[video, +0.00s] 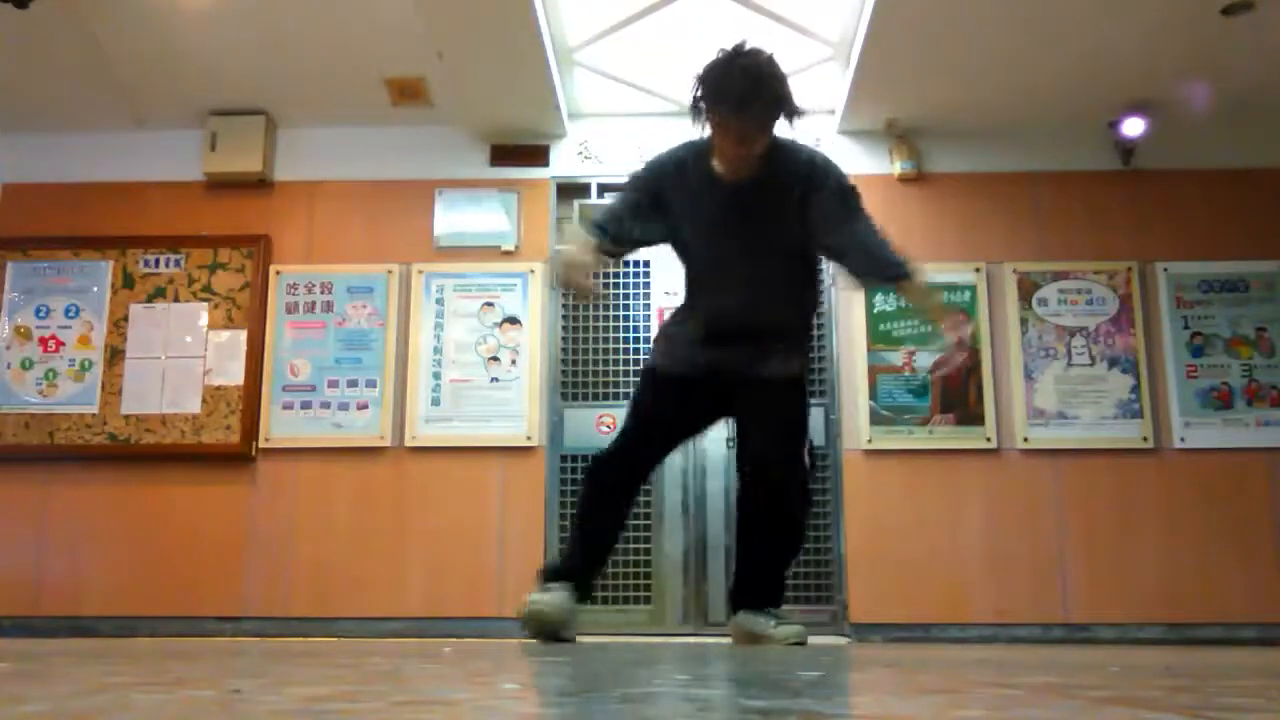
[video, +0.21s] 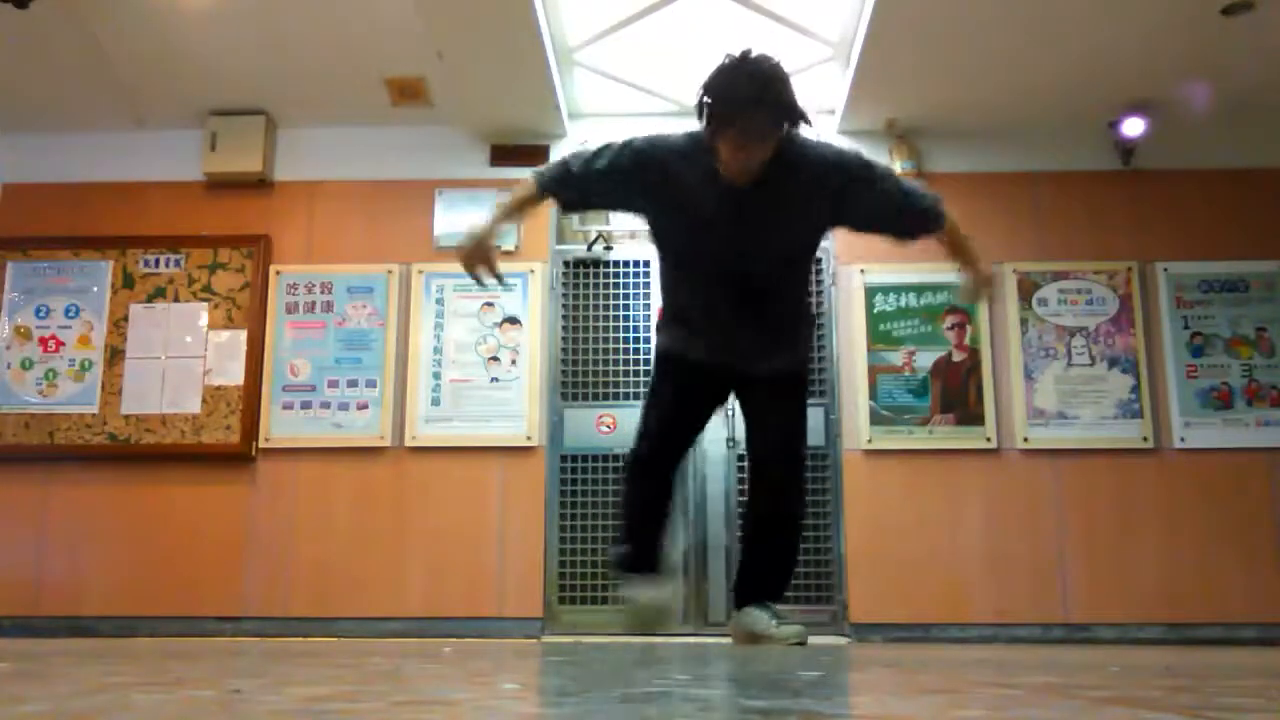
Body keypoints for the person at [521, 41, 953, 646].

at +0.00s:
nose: (736, 147)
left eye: (750, 134)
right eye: (726, 131)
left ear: (773, 123)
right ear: (708, 117)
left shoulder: (807, 178)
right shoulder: (676, 175)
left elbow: (863, 247)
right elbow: (612, 228)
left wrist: (932, 305)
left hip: (775, 362)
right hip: (692, 355)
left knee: (778, 484)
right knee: (626, 458)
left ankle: (756, 609)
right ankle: (565, 586)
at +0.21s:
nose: (739, 155)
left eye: (753, 144)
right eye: (728, 141)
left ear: (780, 132)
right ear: (710, 125)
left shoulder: (820, 171)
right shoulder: (664, 164)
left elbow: (923, 209)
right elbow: (568, 176)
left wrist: (975, 267)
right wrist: (493, 222)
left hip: (777, 354)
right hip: (691, 347)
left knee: (780, 476)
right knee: (652, 457)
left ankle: (758, 605)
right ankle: (640, 580)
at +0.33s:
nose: (754, 159)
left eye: (768, 147)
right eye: (744, 144)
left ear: (793, 132)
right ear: (724, 123)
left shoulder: (821, 171)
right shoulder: (675, 166)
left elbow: (868, 214)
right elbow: (585, 216)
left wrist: (887, 218)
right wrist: (546, 282)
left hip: (780, 353)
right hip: (696, 351)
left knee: (781, 473)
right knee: (713, 472)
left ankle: (767, 598)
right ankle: (724, 601)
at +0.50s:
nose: (793, 114)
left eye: (804, 102)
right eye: (783, 100)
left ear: (819, 95)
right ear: (756, 86)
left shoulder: (813, 139)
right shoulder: (695, 156)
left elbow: (789, 215)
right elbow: (616, 228)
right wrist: (582, 301)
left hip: (775, 322)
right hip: (705, 329)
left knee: (784, 456)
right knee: (729, 458)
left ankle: (764, 596)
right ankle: (725, 602)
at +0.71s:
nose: (808, 64)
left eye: (814, 51)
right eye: (802, 47)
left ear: (810, 51)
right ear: (768, 36)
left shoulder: (773, 114)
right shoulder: (714, 105)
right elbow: (649, 181)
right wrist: (605, 250)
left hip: (773, 311)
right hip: (711, 315)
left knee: (805, 456)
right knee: (728, 455)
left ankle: (764, 596)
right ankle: (719, 603)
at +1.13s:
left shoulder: (760, 58)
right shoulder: (651, 41)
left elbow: (787, 164)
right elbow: (578, 146)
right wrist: (561, 244)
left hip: (726, 273)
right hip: (647, 266)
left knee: (748, 427)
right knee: (656, 422)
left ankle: (701, 580)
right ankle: (615, 585)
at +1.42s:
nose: (635, 3)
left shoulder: (725, 18)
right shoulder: (580, 55)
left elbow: (804, 93)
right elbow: (535, 146)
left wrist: (814, 178)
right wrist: (543, 197)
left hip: (715, 256)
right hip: (622, 262)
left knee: (727, 409)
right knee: (613, 420)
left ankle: (717, 566)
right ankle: (637, 580)